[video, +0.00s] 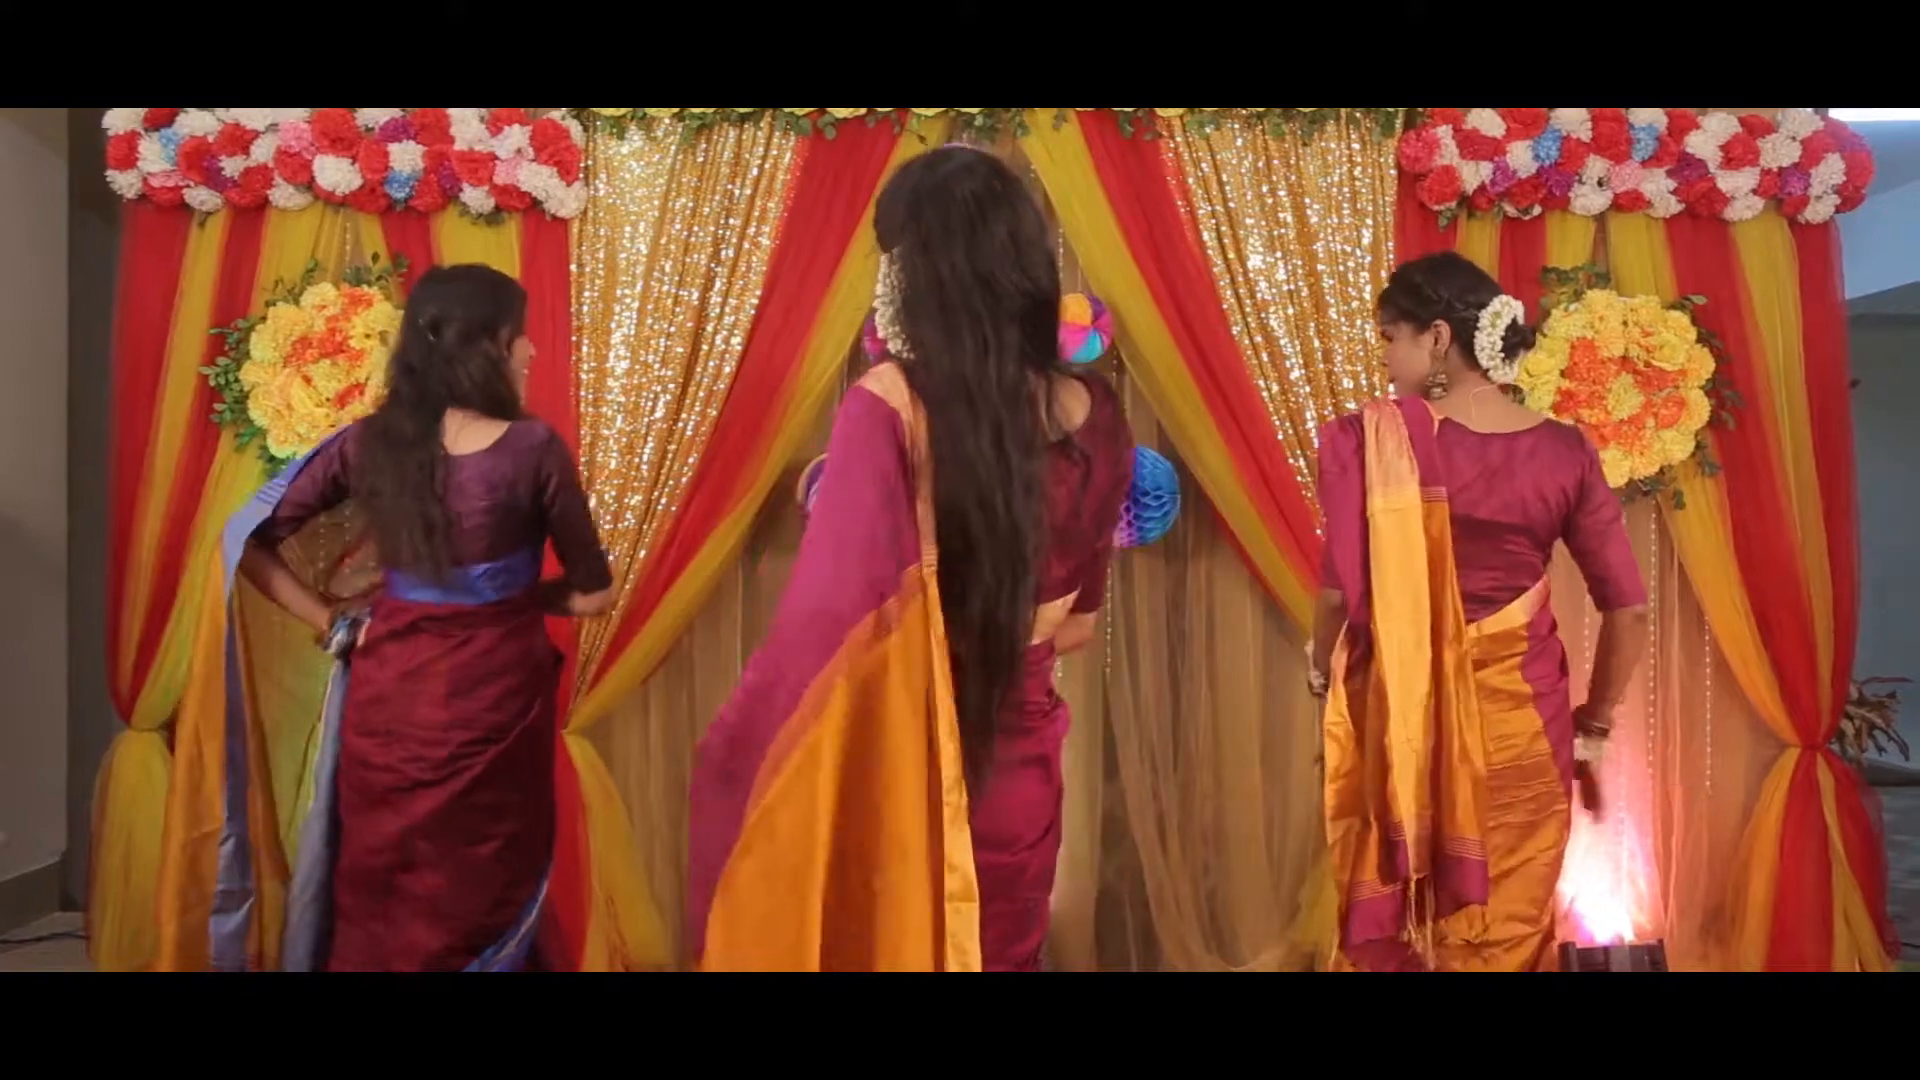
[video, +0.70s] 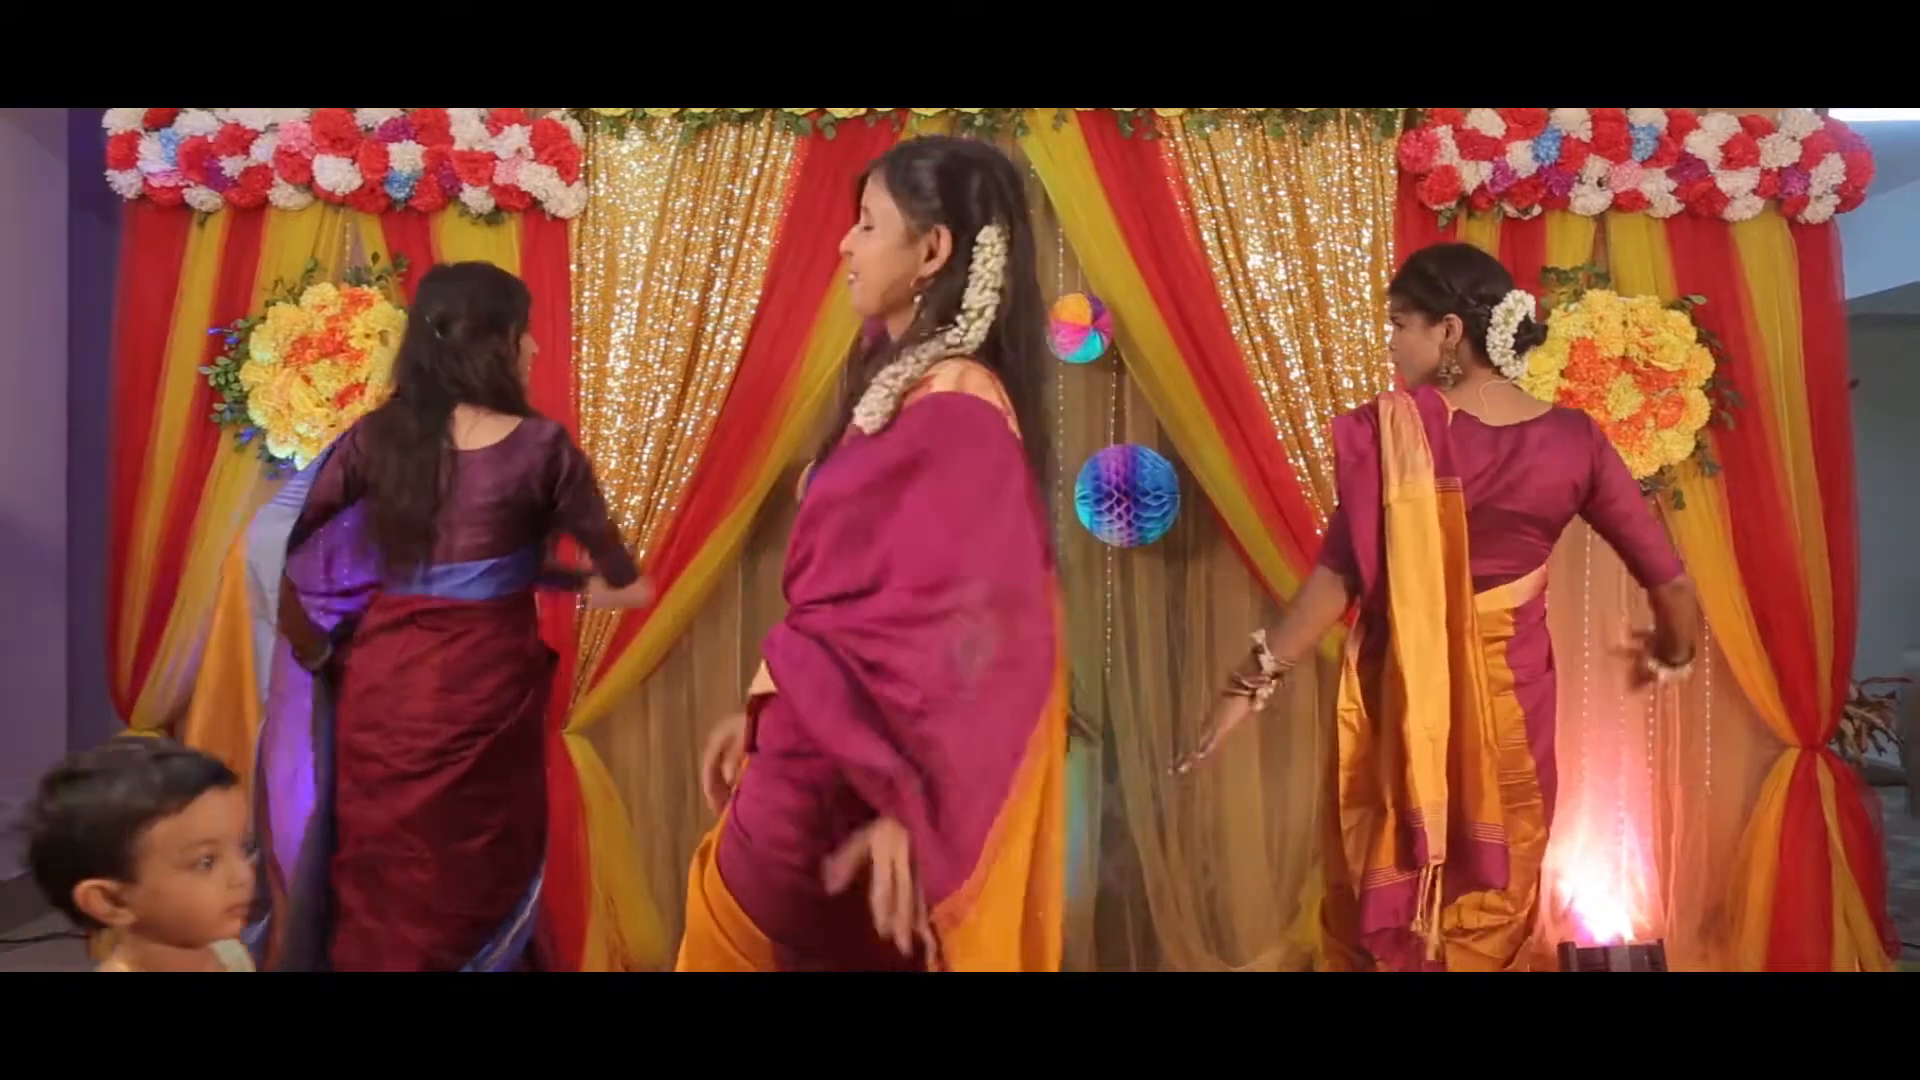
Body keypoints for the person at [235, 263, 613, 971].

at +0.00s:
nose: (531, 356)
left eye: (528, 339)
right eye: (523, 340)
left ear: (427, 345)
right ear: (486, 348)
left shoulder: (371, 440)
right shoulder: (533, 447)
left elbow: (250, 540)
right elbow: (593, 591)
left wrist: (325, 615)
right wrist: (509, 588)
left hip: (389, 681)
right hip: (495, 687)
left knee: (375, 879)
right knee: (486, 879)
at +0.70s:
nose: (535, 346)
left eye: (531, 331)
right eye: (525, 332)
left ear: (431, 341)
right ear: (494, 345)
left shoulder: (374, 436)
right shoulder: (542, 446)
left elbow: (293, 541)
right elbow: (618, 574)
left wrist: (315, 646)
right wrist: (527, 565)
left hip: (383, 673)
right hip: (489, 679)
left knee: (375, 868)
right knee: (478, 871)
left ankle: (378, 963)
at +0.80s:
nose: (532, 342)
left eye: (528, 329)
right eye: (526, 330)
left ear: (427, 338)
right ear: (508, 340)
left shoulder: (385, 435)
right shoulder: (555, 439)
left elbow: (299, 538)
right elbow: (680, 538)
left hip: (387, 668)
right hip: (490, 677)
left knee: (377, 861)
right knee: (477, 859)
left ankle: (373, 963)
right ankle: (471, 964)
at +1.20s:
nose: (424, 352)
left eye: (430, 337)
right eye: (430, 334)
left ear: (435, 350)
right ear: (523, 351)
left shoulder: (384, 441)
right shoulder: (556, 460)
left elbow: (300, 558)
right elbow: (630, 519)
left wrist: (201, 602)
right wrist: (656, 410)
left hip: (395, 667)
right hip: (495, 672)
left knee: (389, 849)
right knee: (486, 857)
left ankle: (393, 960)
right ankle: (477, 961)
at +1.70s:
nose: (421, 382)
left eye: (425, 364)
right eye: (420, 365)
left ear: (467, 360)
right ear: (500, 360)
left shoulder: (414, 448)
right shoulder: (557, 460)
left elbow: (345, 594)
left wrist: (197, 646)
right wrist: (583, 396)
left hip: (417, 702)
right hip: (506, 702)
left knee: (401, 900)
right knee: (481, 908)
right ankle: (475, 962)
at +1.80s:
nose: (415, 369)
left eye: (426, 350)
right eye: (413, 352)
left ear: (484, 347)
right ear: (491, 352)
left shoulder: (428, 445)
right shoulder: (568, 450)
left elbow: (387, 599)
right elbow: (524, 422)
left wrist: (218, 638)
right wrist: (546, 354)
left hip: (416, 691)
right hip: (499, 693)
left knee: (395, 879)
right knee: (477, 876)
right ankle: (475, 962)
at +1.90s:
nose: (414, 370)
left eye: (428, 350)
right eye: (411, 353)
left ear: (489, 349)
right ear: (492, 354)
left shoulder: (434, 447)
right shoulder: (544, 447)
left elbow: (392, 605)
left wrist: (227, 636)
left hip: (428, 707)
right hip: (499, 705)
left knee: (406, 911)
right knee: (481, 921)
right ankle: (480, 960)